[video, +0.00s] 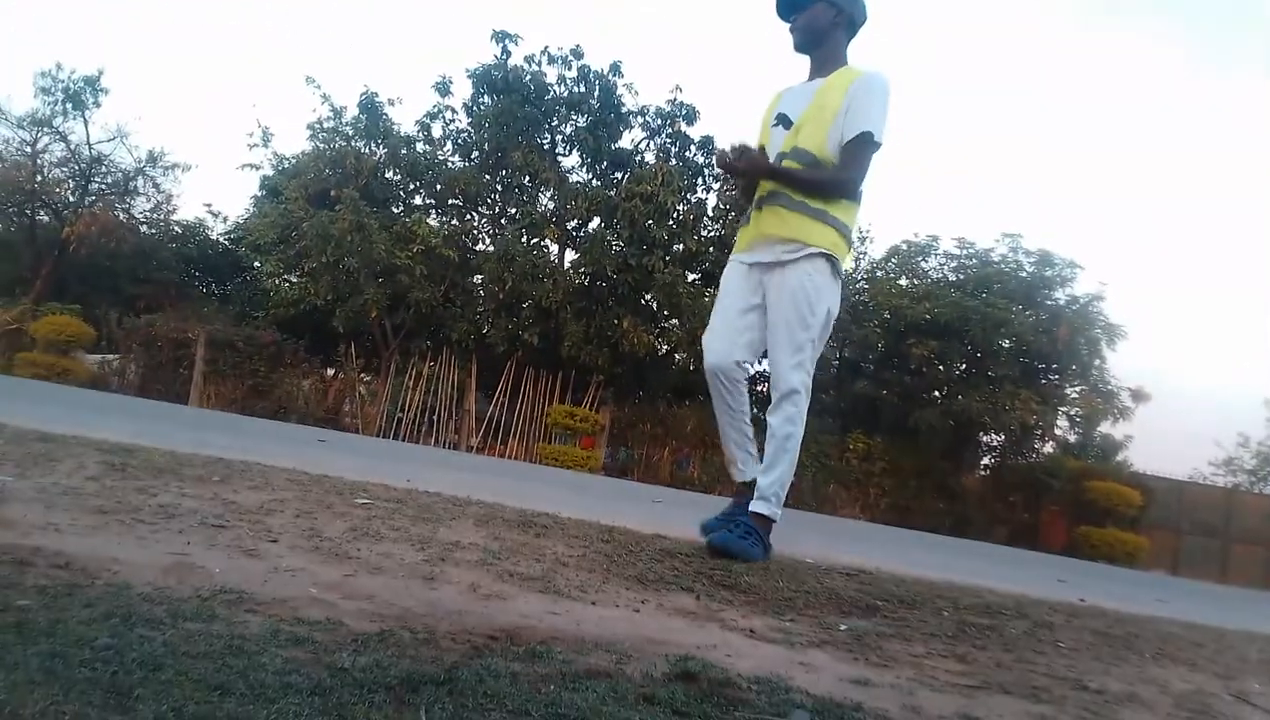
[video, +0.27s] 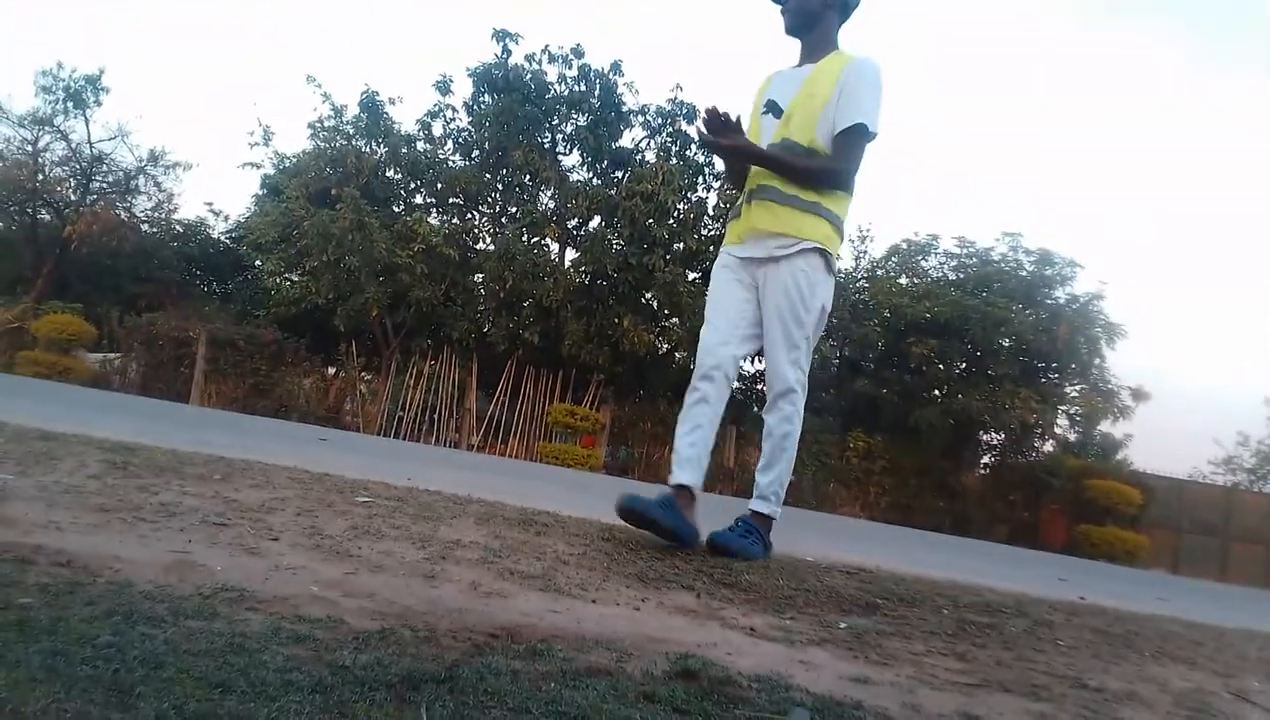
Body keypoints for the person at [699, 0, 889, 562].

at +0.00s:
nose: (792, 18)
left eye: (805, 8)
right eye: (792, 12)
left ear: (842, 16)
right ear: (804, 26)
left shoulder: (866, 86)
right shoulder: (782, 99)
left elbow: (847, 179)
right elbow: (760, 195)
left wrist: (767, 169)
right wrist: (743, 176)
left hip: (809, 253)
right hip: (751, 250)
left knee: (790, 381)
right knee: (721, 357)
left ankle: (761, 520)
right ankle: (748, 488)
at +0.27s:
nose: (785, 4)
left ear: (834, 7)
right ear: (799, 12)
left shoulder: (856, 70)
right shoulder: (771, 84)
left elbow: (839, 170)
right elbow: (743, 184)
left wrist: (749, 150)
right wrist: (729, 151)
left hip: (801, 249)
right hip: (741, 246)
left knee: (785, 383)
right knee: (712, 365)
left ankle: (758, 522)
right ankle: (681, 503)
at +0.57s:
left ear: (795, 1)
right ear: (767, 8)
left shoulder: (825, 52)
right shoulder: (738, 75)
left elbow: (818, 157)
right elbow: (716, 173)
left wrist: (725, 129)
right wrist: (693, 134)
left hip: (777, 239)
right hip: (714, 238)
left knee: (765, 384)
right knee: (696, 373)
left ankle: (757, 521)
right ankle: (670, 515)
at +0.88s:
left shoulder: (780, 32)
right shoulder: (692, 59)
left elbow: (774, 131)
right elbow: (665, 162)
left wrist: (675, 90)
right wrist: (655, 98)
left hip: (721, 205)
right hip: (663, 211)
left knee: (662, 328)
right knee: (667, 360)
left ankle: (732, 471)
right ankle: (669, 525)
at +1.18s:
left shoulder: (719, 6)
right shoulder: (645, 42)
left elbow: (705, 103)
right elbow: (613, 147)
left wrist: (607, 64)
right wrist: (598, 84)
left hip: (664, 201)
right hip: (617, 205)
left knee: (602, 344)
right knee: (650, 367)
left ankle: (510, 505)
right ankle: (671, 524)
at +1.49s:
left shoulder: (633, 5)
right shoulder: (573, 21)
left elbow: (619, 77)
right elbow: (540, 104)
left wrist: (514, 40)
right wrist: (495, 49)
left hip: (565, 185)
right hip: (524, 187)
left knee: (527, 350)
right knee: (497, 340)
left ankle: (473, 521)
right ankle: (614, 465)